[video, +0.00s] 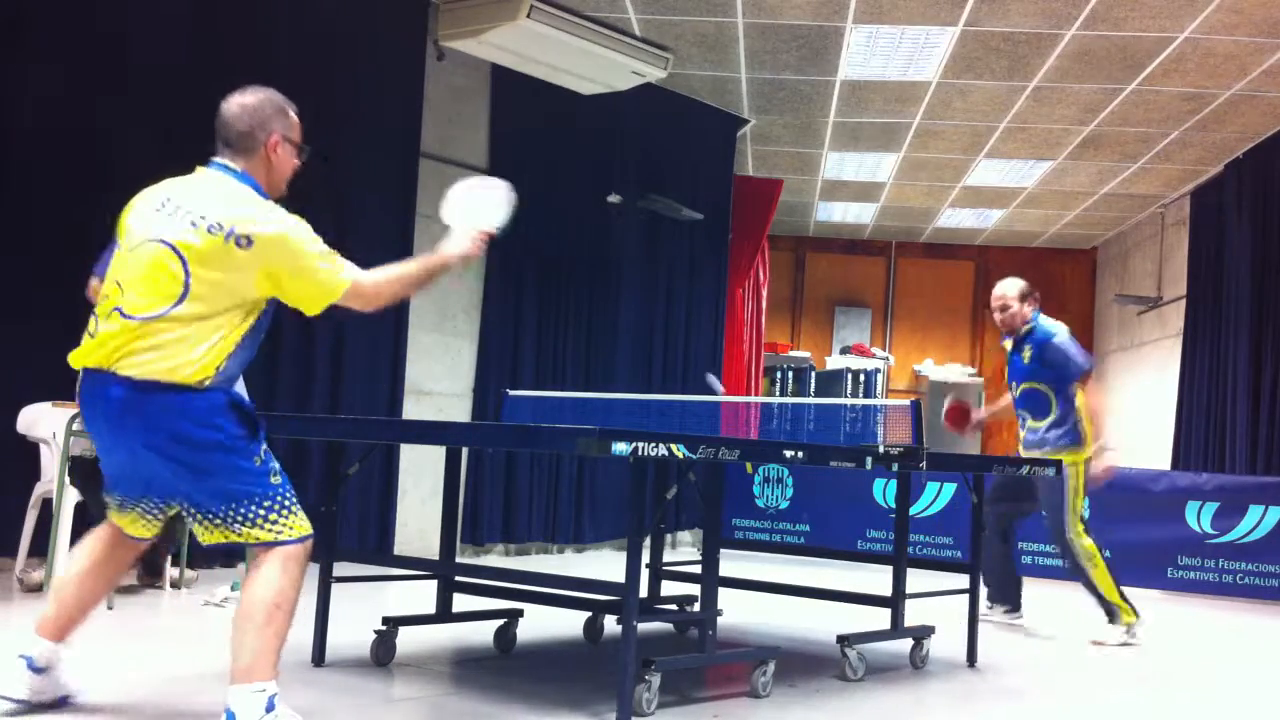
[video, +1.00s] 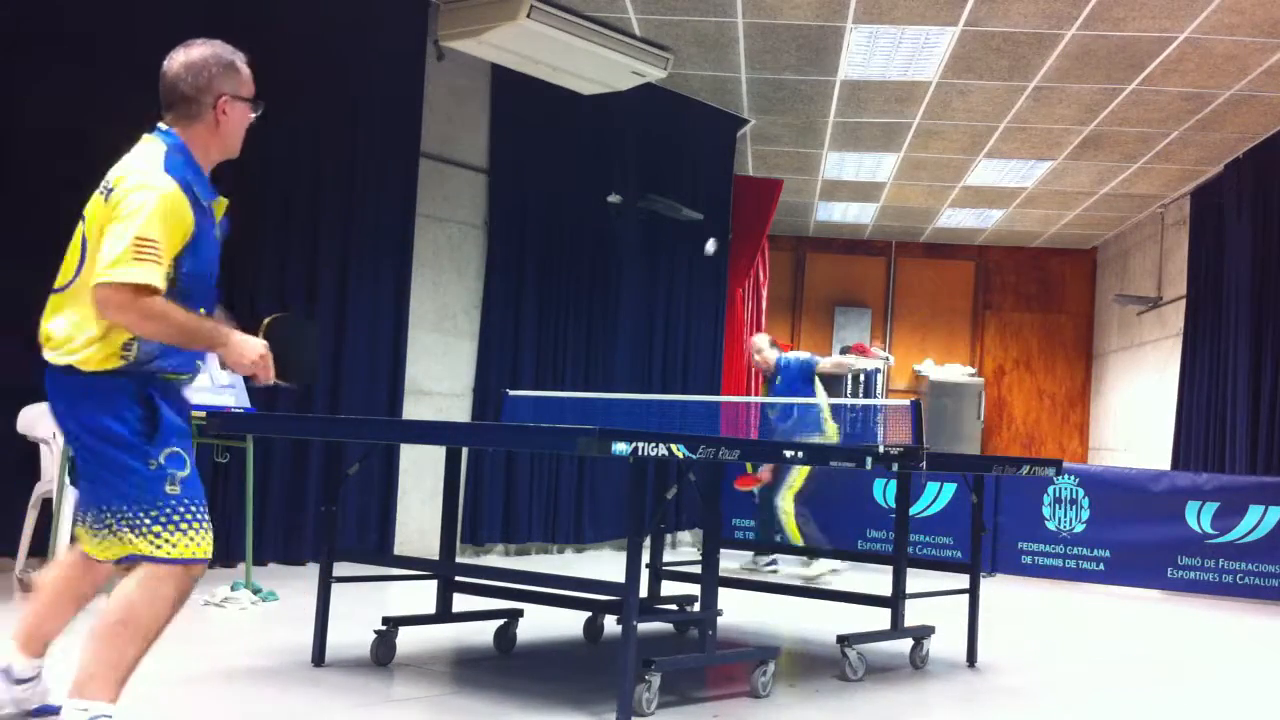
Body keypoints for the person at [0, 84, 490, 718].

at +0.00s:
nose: (297, 161)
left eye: (298, 148)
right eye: (296, 147)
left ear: (223, 142)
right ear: (273, 145)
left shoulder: (154, 197)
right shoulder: (270, 226)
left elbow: (102, 289)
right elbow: (366, 292)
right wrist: (449, 256)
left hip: (103, 390)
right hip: (183, 401)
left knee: (134, 519)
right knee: (286, 540)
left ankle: (35, 661)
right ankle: (252, 702)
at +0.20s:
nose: (250, 136)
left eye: (249, 124)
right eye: (247, 124)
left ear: (176, 125)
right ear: (227, 127)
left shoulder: (117, 182)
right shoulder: (210, 200)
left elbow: (77, 285)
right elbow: (262, 301)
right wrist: (343, 292)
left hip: (66, 373)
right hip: (139, 378)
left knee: (83, 529)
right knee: (222, 529)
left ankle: (4, 669)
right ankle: (238, 700)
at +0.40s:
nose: (219, 130)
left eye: (220, 118)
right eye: (219, 118)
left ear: (150, 113)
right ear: (202, 115)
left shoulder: (82, 172)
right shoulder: (190, 178)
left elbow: (27, 271)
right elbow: (193, 282)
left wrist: (85, 319)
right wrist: (244, 325)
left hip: (49, 363)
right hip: (132, 367)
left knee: (52, 529)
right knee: (172, 537)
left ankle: (3, 678)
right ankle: (142, 706)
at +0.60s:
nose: (219, 123)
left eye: (219, 111)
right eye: (219, 111)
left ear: (147, 105)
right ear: (201, 110)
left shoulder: (78, 165)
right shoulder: (190, 175)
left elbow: (21, 264)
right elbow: (197, 282)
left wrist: (73, 316)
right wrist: (233, 331)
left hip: (37, 358)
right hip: (117, 365)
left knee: (49, 522)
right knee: (166, 539)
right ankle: (139, 707)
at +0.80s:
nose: (233, 129)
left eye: (234, 117)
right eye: (232, 116)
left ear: (160, 111)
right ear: (211, 117)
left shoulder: (113, 165)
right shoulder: (172, 180)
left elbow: (66, 274)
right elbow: (159, 291)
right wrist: (229, 340)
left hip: (29, 362)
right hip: (89, 370)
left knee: (58, 529)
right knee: (182, 530)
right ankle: (122, 702)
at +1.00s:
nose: (252, 117)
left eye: (252, 104)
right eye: (248, 103)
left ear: (192, 106)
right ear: (221, 109)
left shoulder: (164, 169)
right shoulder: (159, 182)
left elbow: (160, 294)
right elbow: (119, 299)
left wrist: (224, 339)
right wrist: (227, 339)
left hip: (108, 377)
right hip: (113, 381)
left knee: (108, 539)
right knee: (179, 551)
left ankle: (15, 671)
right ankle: (87, 708)